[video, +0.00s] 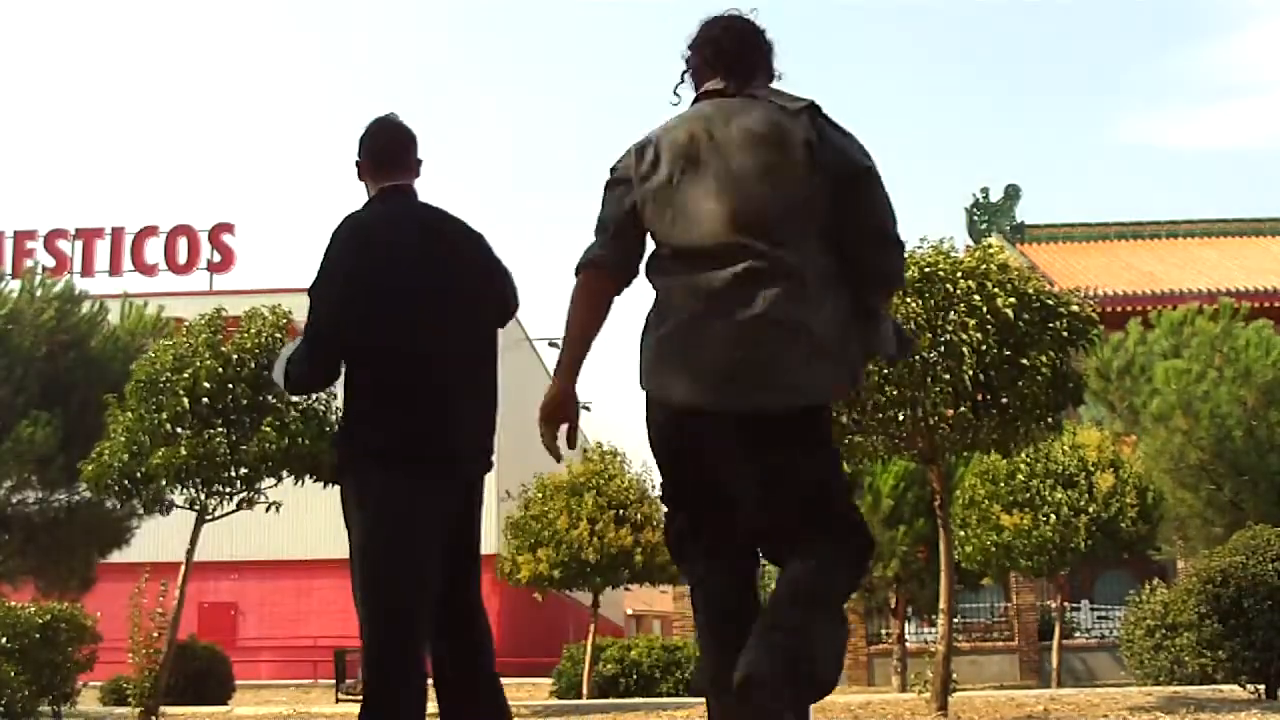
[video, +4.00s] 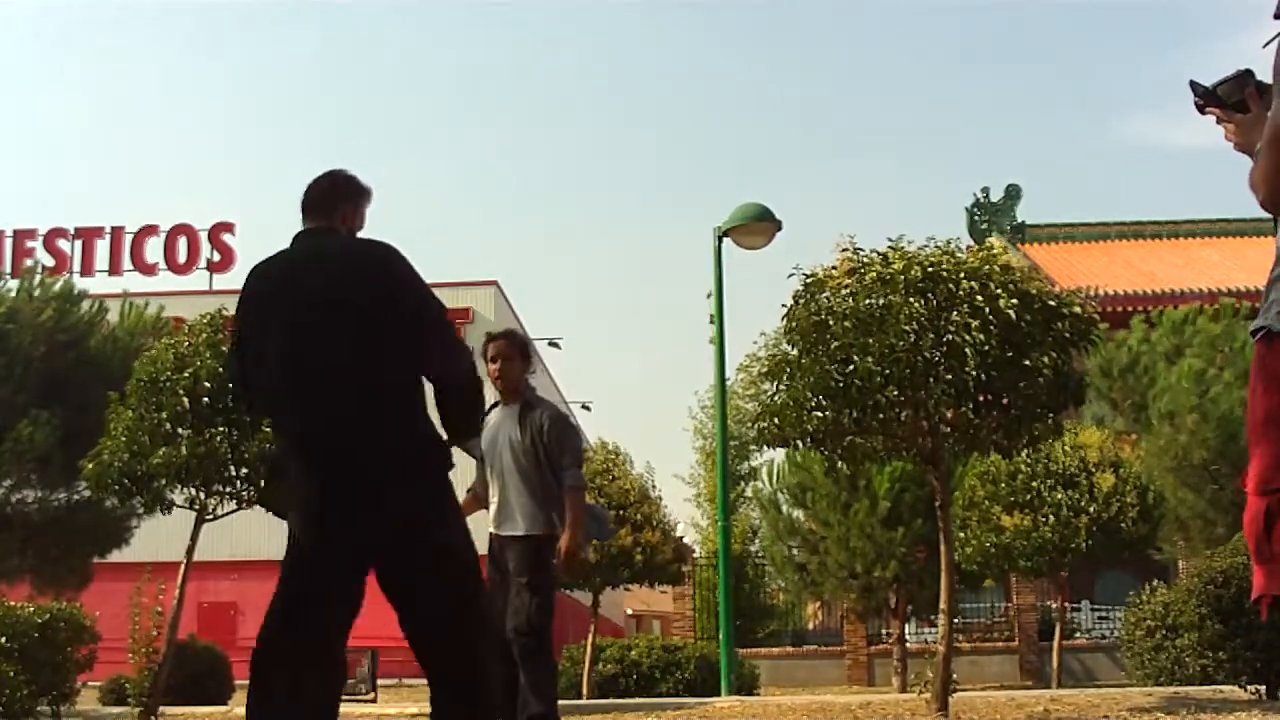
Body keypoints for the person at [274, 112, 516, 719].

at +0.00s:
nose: (365, 172)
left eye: (362, 165)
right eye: (401, 162)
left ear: (361, 168)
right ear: (418, 166)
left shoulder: (354, 239)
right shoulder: (466, 239)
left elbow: (319, 361)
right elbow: (504, 302)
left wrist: (287, 362)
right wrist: (441, 324)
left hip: (381, 454)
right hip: (460, 452)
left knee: (390, 622)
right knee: (459, 615)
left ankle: (393, 719)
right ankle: (480, 717)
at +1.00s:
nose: (470, 196)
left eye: (468, 187)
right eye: (472, 187)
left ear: (413, 183)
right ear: (465, 187)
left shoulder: (368, 246)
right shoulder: (499, 261)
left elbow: (334, 366)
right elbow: (530, 377)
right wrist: (501, 451)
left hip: (389, 471)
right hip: (474, 473)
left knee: (395, 638)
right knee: (486, 639)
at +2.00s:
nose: (341, 205)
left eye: (334, 198)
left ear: (333, 197)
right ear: (387, 190)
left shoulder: (327, 250)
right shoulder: (441, 254)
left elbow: (298, 375)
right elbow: (472, 353)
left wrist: (267, 388)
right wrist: (433, 402)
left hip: (368, 462)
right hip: (451, 459)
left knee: (374, 632)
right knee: (468, 633)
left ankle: (385, 718)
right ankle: (483, 717)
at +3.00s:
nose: (371, 218)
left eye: (363, 210)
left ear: (361, 210)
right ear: (413, 211)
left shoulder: (342, 269)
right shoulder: (456, 274)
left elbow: (317, 387)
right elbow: (491, 385)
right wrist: (473, 464)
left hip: (371, 475)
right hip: (450, 475)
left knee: (379, 647)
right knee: (467, 640)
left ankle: (386, 714)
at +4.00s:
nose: (362, 228)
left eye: (363, 220)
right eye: (362, 219)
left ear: (304, 213)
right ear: (349, 214)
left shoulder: (263, 279)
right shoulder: (380, 261)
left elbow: (249, 383)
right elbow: (453, 365)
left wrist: (301, 422)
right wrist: (460, 430)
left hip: (319, 486)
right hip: (405, 479)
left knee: (299, 643)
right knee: (459, 639)